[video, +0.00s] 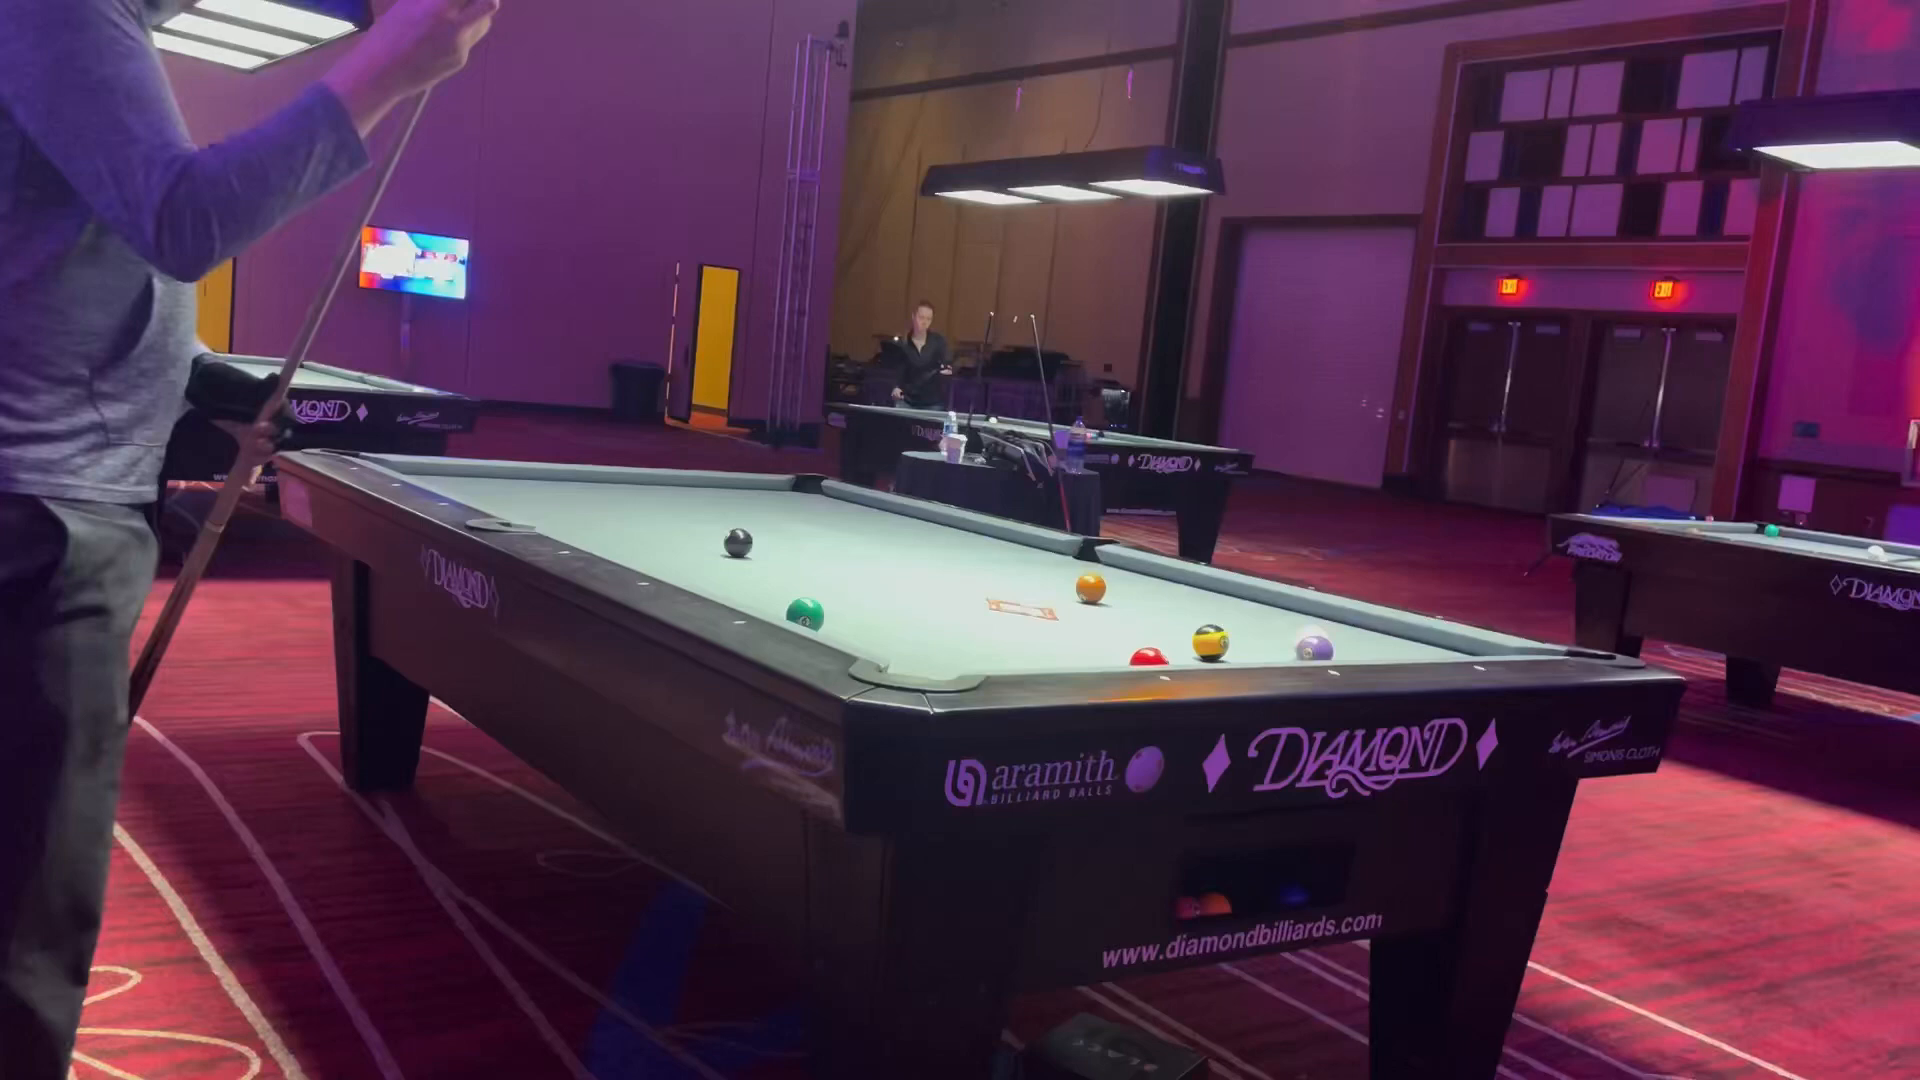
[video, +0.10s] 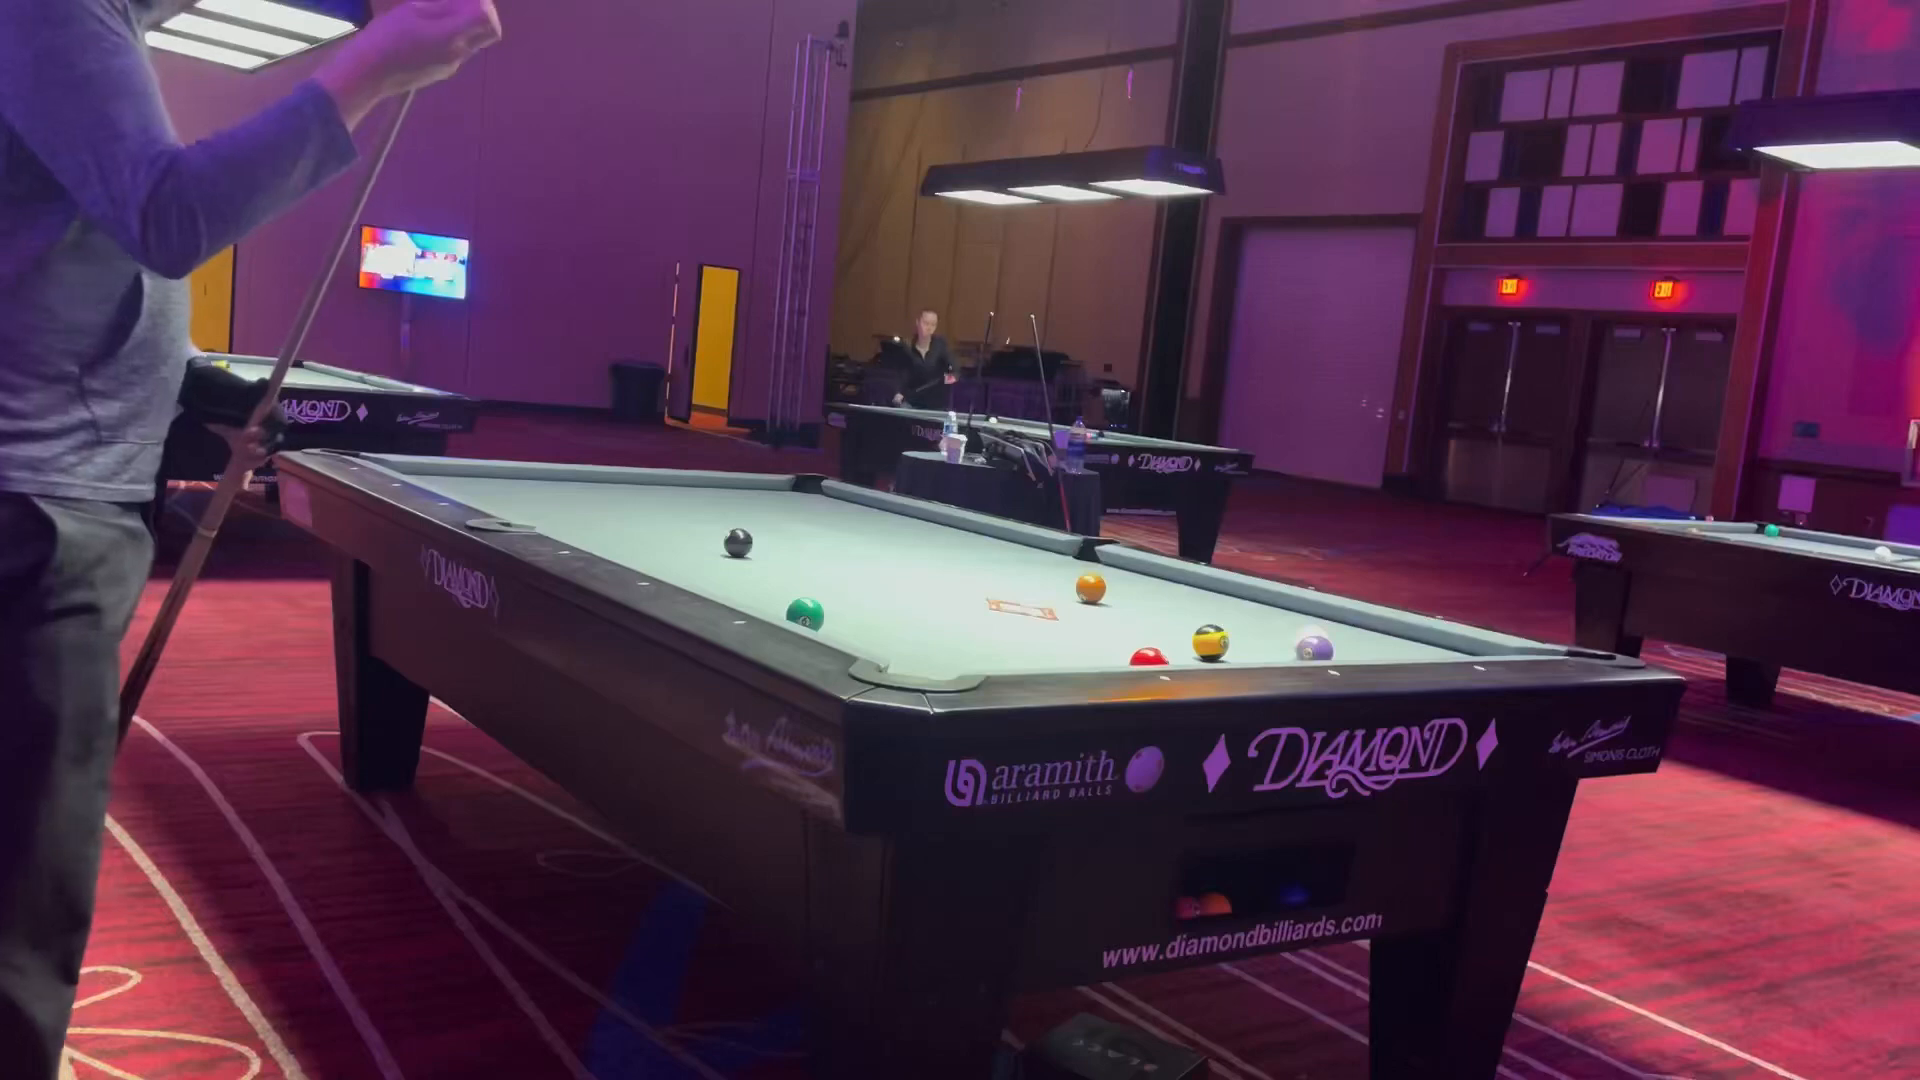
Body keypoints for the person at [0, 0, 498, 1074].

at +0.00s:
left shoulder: (88, 25)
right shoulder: (57, 20)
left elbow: (86, 276)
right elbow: (180, 219)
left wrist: (230, 398)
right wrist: (391, 60)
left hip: (78, 509)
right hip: (51, 518)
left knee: (47, 901)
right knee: (43, 915)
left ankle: (41, 1046)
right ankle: (36, 1055)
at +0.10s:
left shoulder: (72, 26)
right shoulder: (49, 20)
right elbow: (166, 218)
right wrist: (371, 61)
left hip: (67, 506)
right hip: (46, 514)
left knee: (40, 883)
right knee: (36, 905)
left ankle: (31, 1046)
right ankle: (26, 1055)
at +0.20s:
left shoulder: (85, 28)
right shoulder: (45, 24)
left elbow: (72, 276)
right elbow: (148, 216)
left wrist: (212, 388)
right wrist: (359, 59)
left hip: (70, 506)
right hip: (41, 515)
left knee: (40, 866)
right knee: (33, 893)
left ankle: (31, 1044)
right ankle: (23, 1053)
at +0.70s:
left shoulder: (101, 27)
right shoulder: (34, 22)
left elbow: (105, 256)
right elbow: (28, 216)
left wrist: (213, 371)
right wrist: (280, 126)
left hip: (72, 504)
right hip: (26, 510)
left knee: (34, 826)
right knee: (18, 849)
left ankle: (21, 1032)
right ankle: (13, 1044)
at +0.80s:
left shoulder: (107, 31)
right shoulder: (36, 19)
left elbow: (98, 239)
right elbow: (13, 205)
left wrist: (227, 355)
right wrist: (251, 228)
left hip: (79, 498)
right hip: (32, 500)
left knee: (35, 814)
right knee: (20, 828)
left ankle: (18, 1031)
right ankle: (12, 1043)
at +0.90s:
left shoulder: (110, 22)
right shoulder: (36, 15)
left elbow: (86, 242)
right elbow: (11, 233)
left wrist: (219, 335)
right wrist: (201, 327)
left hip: (72, 495)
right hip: (29, 502)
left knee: (33, 799)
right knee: (22, 811)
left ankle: (20, 1033)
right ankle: (14, 1041)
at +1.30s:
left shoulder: (121, 22)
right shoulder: (33, 19)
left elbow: (102, 237)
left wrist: (282, 286)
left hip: (87, 507)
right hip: (31, 514)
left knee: (35, 843)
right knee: (17, 855)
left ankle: (20, 1044)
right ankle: (14, 1048)